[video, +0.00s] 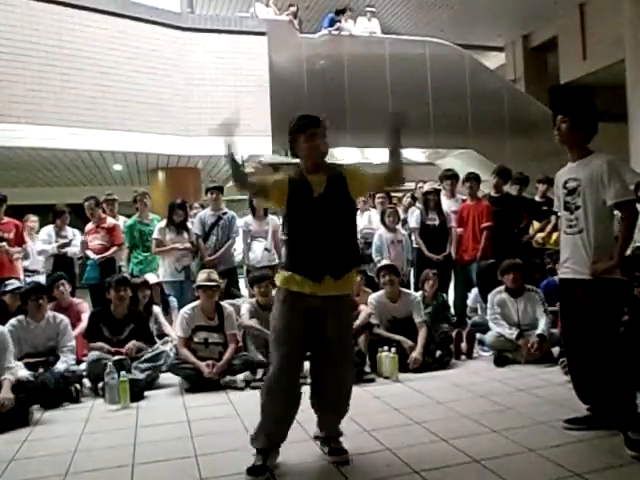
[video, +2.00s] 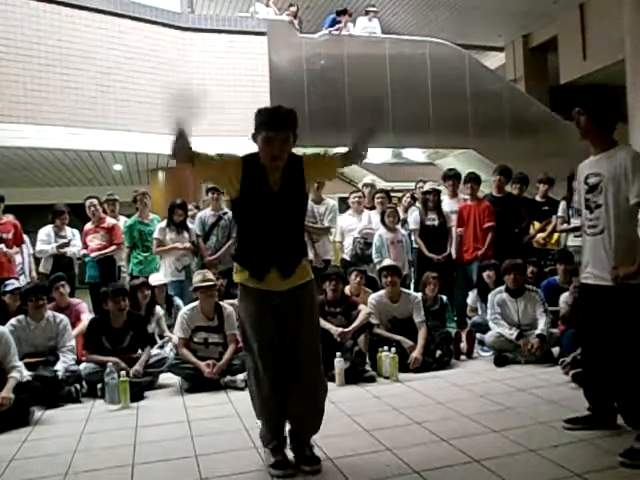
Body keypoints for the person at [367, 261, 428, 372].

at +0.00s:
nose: (388, 279)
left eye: (391, 274)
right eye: (384, 276)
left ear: (398, 277)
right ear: (379, 281)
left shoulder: (413, 298)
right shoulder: (374, 299)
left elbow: (422, 327)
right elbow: (375, 328)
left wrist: (418, 351)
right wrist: (401, 339)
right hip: (386, 334)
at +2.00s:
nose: (390, 280)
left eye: (393, 275)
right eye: (385, 276)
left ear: (400, 278)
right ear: (381, 280)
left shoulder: (414, 298)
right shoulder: (374, 300)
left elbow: (422, 326)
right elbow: (374, 328)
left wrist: (418, 351)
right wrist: (401, 339)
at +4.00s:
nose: (393, 283)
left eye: (397, 279)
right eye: (388, 279)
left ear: (403, 281)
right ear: (384, 282)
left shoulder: (418, 300)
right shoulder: (378, 302)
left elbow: (426, 329)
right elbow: (378, 330)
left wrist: (422, 354)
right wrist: (405, 342)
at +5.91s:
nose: (393, 284)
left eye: (397, 280)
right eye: (389, 280)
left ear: (404, 282)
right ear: (386, 283)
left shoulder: (418, 300)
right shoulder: (379, 302)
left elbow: (426, 329)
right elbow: (379, 330)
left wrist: (422, 354)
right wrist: (405, 342)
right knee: (378, 340)